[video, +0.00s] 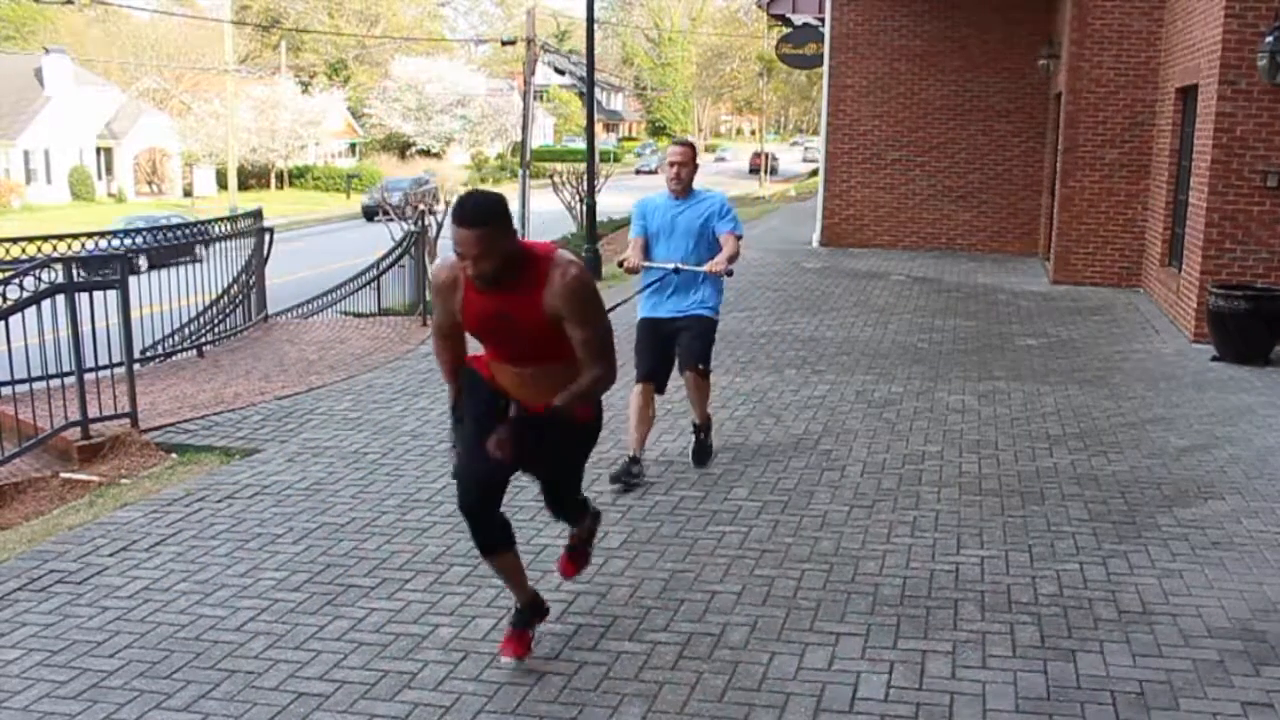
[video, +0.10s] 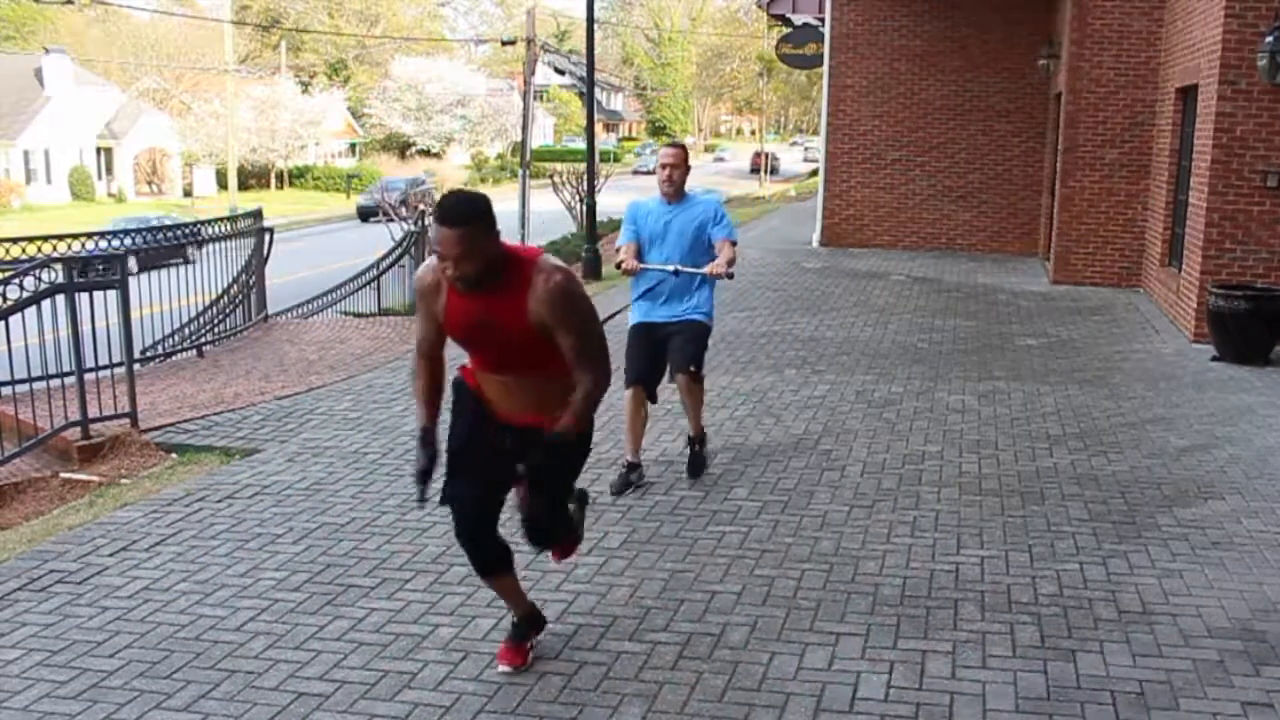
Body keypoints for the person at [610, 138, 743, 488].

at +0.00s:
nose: (676, 172)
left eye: (683, 165)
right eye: (671, 165)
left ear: (695, 169)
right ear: (664, 168)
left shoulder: (715, 205)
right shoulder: (646, 207)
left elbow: (731, 244)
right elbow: (636, 247)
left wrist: (723, 259)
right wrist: (633, 259)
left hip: (698, 304)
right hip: (655, 305)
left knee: (693, 368)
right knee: (644, 380)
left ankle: (701, 427)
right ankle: (634, 459)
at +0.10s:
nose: (668, 173)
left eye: (675, 167)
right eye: (663, 167)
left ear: (687, 171)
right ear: (655, 170)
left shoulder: (708, 209)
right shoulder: (637, 210)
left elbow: (726, 246)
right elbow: (628, 247)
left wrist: (722, 261)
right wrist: (628, 259)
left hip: (691, 309)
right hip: (647, 311)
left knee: (685, 371)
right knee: (636, 384)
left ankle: (696, 437)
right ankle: (632, 463)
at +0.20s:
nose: (662, 174)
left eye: (669, 168)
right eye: (656, 167)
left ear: (682, 171)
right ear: (648, 170)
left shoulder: (703, 210)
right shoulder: (629, 212)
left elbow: (720, 249)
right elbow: (620, 250)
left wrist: (716, 265)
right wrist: (621, 261)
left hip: (685, 313)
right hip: (638, 314)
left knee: (680, 378)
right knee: (629, 388)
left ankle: (684, 464)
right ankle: (632, 465)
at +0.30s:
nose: (658, 172)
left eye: (666, 165)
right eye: (653, 165)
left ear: (678, 168)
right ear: (645, 168)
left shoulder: (700, 209)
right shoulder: (624, 210)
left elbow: (715, 252)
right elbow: (613, 251)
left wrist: (706, 269)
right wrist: (612, 264)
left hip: (679, 317)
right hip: (633, 317)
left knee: (676, 392)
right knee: (622, 395)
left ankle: (671, 476)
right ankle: (631, 460)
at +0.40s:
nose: (655, 171)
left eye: (663, 163)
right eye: (649, 163)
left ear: (676, 166)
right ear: (641, 167)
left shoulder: (697, 208)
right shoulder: (620, 208)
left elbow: (709, 257)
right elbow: (606, 253)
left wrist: (694, 273)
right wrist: (598, 267)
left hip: (674, 321)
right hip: (626, 318)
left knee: (666, 402)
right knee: (611, 395)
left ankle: (659, 484)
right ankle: (623, 451)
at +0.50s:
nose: (652, 174)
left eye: (659, 167)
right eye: (646, 167)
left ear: (673, 170)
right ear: (637, 170)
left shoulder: (693, 213)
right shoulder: (615, 213)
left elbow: (704, 262)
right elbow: (597, 258)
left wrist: (684, 278)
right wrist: (587, 272)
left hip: (666, 328)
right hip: (618, 324)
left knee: (656, 412)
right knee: (600, 398)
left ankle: (648, 501)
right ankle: (611, 453)